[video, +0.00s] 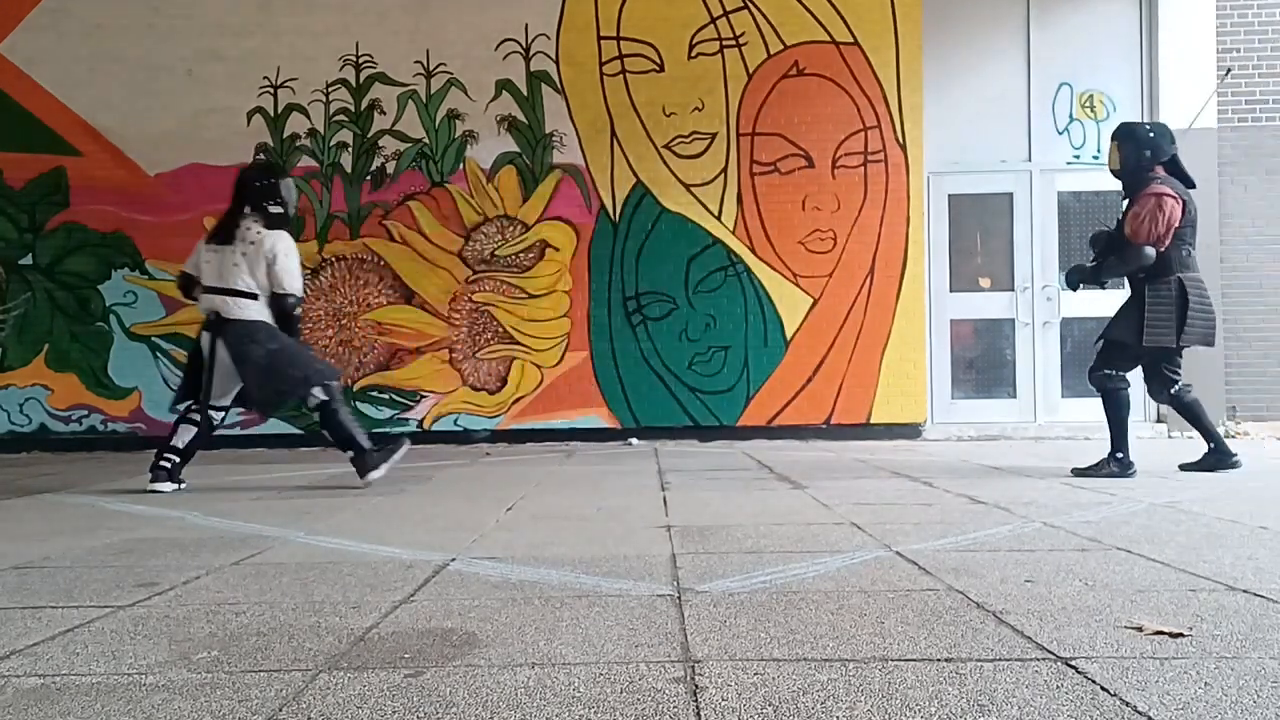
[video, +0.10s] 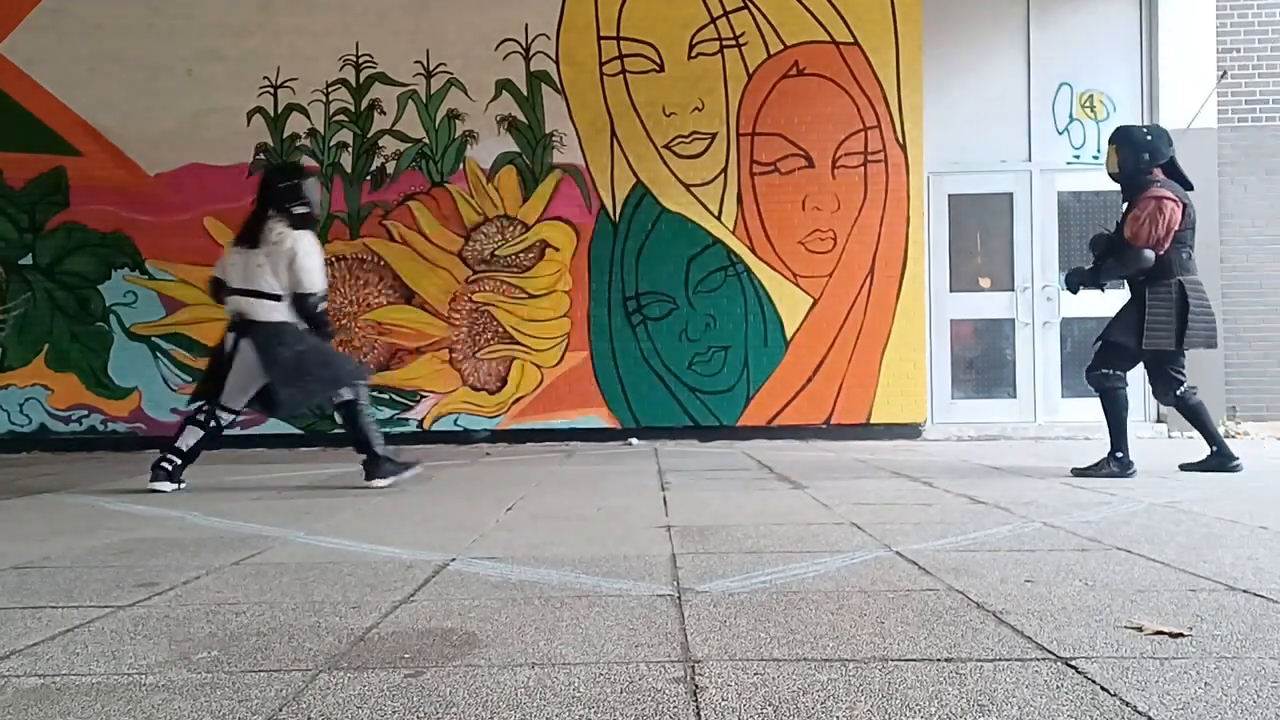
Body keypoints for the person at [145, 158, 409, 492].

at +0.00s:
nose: (291, 199)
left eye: (288, 190)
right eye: (285, 191)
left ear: (244, 196)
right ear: (271, 197)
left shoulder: (217, 233)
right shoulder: (277, 239)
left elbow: (186, 282)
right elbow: (285, 305)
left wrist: (218, 302)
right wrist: (293, 351)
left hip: (214, 335)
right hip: (257, 338)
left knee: (205, 406)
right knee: (320, 384)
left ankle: (164, 469)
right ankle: (365, 456)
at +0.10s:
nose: (317, 198)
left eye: (315, 190)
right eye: (311, 191)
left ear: (267, 198)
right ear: (296, 198)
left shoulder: (245, 237)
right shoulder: (300, 239)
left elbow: (218, 287)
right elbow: (310, 301)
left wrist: (252, 306)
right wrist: (325, 332)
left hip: (244, 338)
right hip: (284, 339)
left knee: (222, 407)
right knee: (348, 381)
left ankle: (167, 468)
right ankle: (377, 461)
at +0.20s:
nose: (346, 191)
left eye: (341, 183)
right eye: (339, 184)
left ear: (298, 193)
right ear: (326, 192)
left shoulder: (278, 233)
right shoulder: (331, 233)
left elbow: (260, 290)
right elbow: (343, 294)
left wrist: (302, 291)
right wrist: (363, 309)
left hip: (281, 332)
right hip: (321, 333)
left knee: (243, 405)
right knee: (384, 379)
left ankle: (183, 464)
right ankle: (389, 465)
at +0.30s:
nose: (374, 185)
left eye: (371, 178)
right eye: (368, 178)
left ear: (326, 186)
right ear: (355, 185)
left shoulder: (305, 227)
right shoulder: (363, 226)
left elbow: (297, 290)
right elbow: (378, 288)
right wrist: (402, 291)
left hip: (308, 328)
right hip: (349, 329)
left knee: (294, 396)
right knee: (410, 386)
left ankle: (253, 452)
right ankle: (391, 465)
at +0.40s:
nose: (396, 180)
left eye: (393, 172)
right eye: (391, 173)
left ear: (347, 181)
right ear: (380, 179)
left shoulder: (330, 220)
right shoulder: (385, 219)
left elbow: (321, 279)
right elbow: (400, 282)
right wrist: (416, 288)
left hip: (329, 322)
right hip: (369, 321)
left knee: (341, 388)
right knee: (423, 384)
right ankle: (393, 463)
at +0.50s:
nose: (416, 179)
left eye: (412, 170)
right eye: (409, 171)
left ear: (365, 178)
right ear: (395, 178)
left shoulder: (344, 220)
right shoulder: (402, 219)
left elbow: (333, 281)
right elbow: (418, 284)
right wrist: (434, 295)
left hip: (346, 318)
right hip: (388, 317)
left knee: (375, 391)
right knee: (458, 370)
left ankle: (361, 467)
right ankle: (417, 447)